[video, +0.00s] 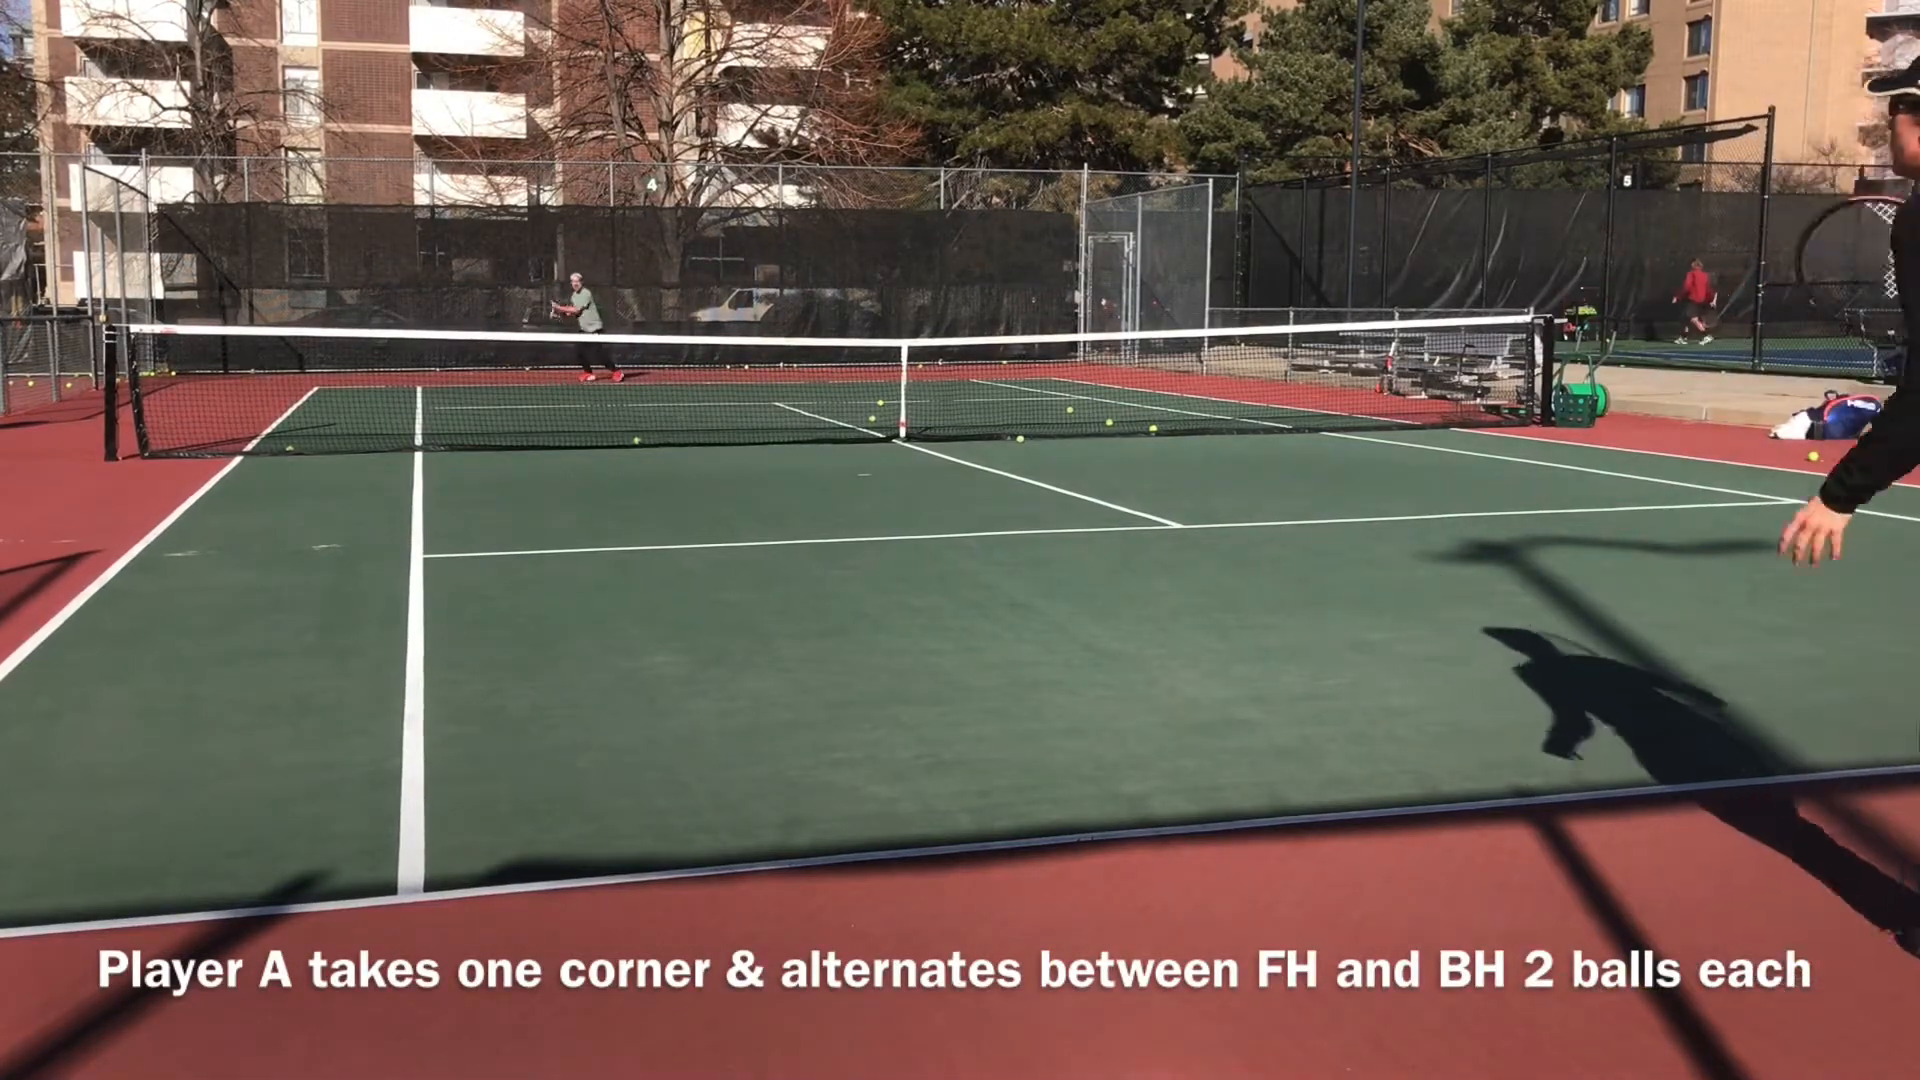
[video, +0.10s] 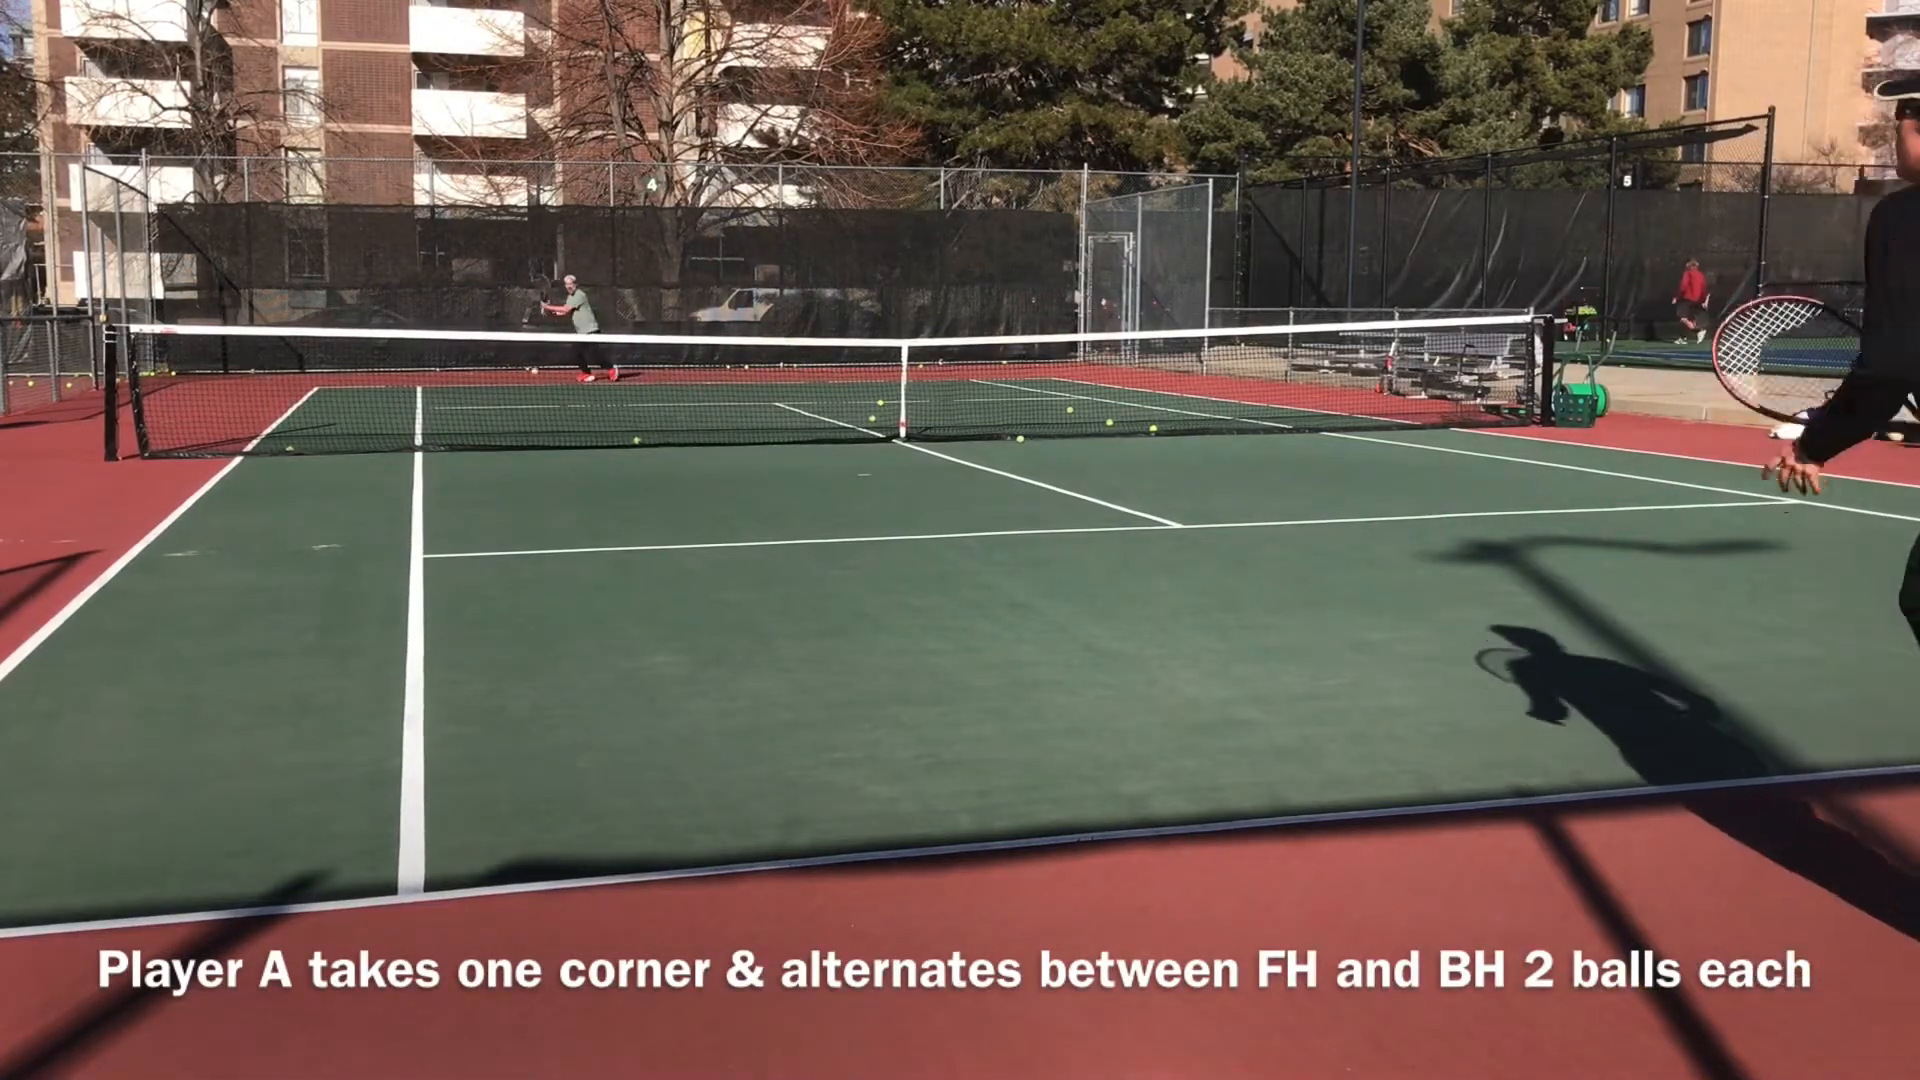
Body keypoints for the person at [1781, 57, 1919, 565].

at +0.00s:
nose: (1888, 126)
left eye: (1895, 113)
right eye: (1892, 112)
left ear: (1915, 121)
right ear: (1908, 122)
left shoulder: (1912, 221)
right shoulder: (1908, 220)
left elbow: (1916, 389)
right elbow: (1915, 386)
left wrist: (1839, 494)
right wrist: (1842, 491)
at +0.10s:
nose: (1895, 135)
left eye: (1903, 121)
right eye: (1899, 120)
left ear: (1919, 133)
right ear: (1911, 132)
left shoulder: (1901, 217)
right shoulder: (1897, 217)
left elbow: (1889, 364)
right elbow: (1889, 364)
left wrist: (1816, 442)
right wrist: (1818, 441)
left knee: (1916, 598)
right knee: (1916, 597)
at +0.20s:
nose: (1890, 148)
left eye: (1896, 135)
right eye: (1894, 134)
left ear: (1914, 143)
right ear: (1917, 140)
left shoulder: (1891, 216)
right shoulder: (1893, 219)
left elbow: (1852, 351)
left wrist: (1811, 414)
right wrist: (1892, 438)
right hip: (1912, 490)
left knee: (1887, 599)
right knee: (1885, 593)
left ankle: (1908, 771)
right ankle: (1904, 766)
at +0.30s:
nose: (1867, 135)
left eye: (1876, 121)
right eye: (1871, 120)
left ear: (1905, 126)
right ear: (1912, 126)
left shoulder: (1867, 206)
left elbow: (1819, 350)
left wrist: (1789, 393)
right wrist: (1857, 423)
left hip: (1901, 504)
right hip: (1901, 500)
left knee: (1828, 719)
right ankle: (1917, 981)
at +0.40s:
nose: (1830, 124)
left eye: (1838, 110)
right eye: (1836, 107)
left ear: (1868, 119)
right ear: (1907, 122)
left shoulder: (1834, 199)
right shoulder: (1913, 198)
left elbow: (1794, 345)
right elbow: (1900, 356)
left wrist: (1745, 390)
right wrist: (1844, 403)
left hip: (1873, 501)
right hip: (1909, 499)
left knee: (1765, 712)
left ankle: (1787, 953)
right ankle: (1787, 949)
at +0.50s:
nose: (1786, 141)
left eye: (1793, 128)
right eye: (1792, 127)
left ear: (1821, 136)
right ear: (1881, 139)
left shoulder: (1781, 218)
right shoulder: (1912, 211)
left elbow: (1747, 368)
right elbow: (1885, 376)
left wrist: (1704, 415)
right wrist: (1772, 419)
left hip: (1817, 512)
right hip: (1908, 516)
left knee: (1706, 730)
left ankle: (1658, 966)